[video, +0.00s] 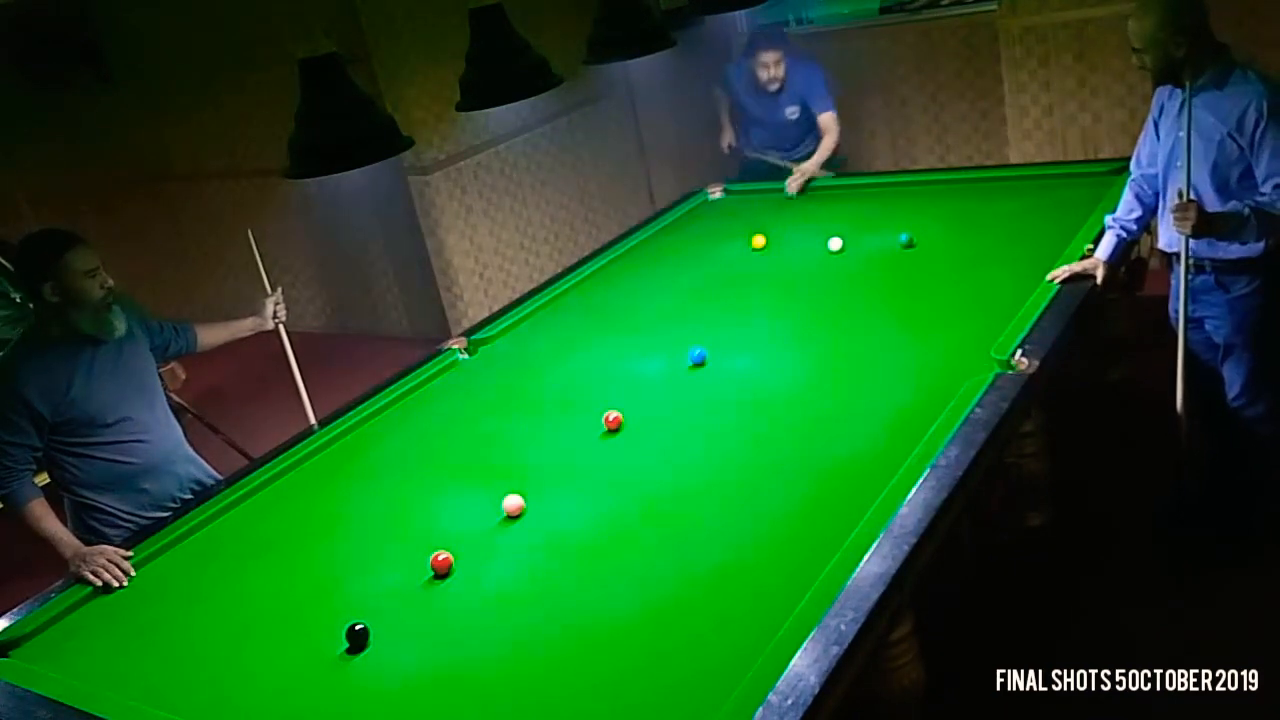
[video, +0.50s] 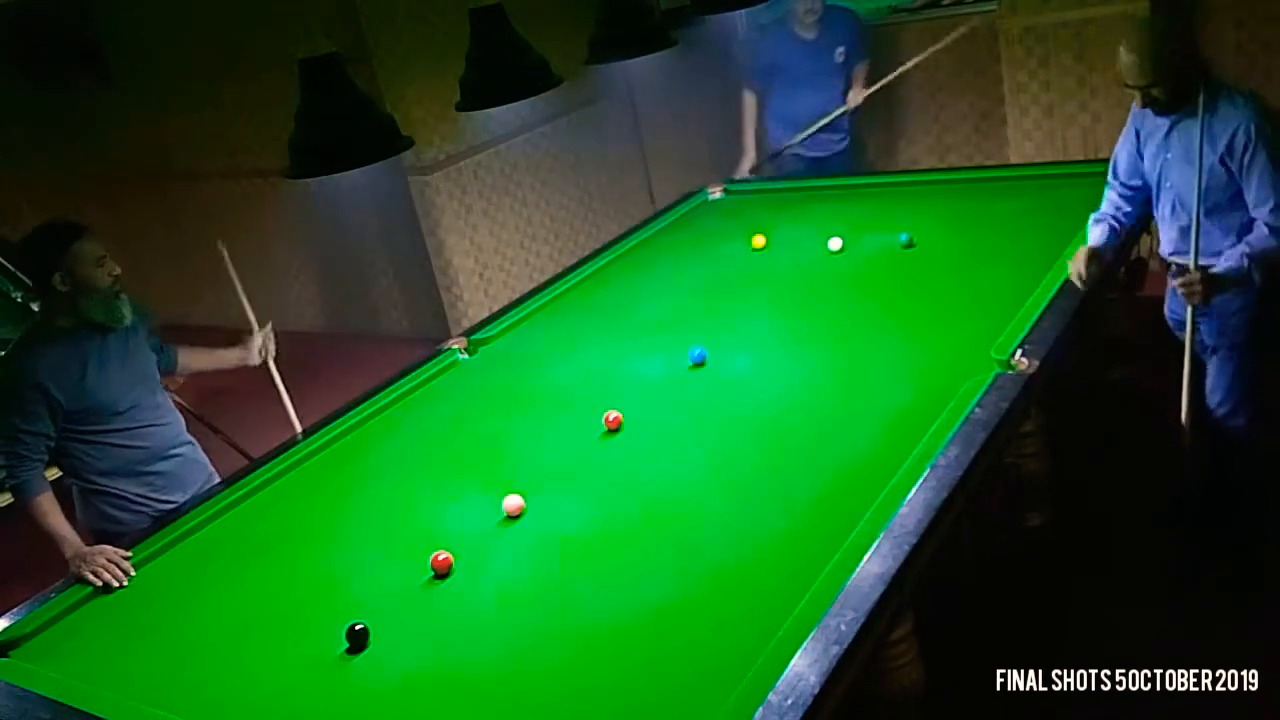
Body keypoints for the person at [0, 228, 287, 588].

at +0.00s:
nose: (108, 282)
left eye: (102, 270)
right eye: (91, 275)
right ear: (52, 292)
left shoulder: (123, 320)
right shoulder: (25, 371)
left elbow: (180, 338)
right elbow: (13, 477)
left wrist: (258, 321)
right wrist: (75, 552)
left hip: (204, 503)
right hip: (129, 543)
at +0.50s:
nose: (116, 270)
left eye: (110, 260)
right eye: (99, 264)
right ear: (62, 282)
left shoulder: (127, 319)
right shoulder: (32, 363)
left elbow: (163, 359)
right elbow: (23, 470)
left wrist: (245, 354)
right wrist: (75, 550)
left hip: (203, 491)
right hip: (135, 530)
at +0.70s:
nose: (129, 259)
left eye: (122, 249)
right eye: (113, 253)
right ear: (78, 270)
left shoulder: (124, 312)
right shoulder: (56, 349)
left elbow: (158, 376)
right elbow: (41, 457)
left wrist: (228, 388)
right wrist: (102, 531)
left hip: (205, 486)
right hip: (152, 521)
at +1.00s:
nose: (163, 239)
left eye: (156, 228)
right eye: (148, 232)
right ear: (117, 249)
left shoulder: (145, 298)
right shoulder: (114, 315)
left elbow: (168, 364)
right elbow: (127, 414)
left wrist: (222, 364)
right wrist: (222, 450)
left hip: (214, 474)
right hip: (185, 488)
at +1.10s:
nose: (175, 231)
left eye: (169, 221)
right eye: (161, 225)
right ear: (131, 241)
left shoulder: (154, 290)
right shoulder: (136, 301)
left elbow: (174, 363)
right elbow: (156, 398)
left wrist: (223, 352)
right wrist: (244, 431)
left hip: (227, 464)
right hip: (202, 480)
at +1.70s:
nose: (287, 193)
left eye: (283, 183)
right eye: (274, 186)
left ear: (242, 202)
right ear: (246, 199)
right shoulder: (269, 248)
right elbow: (272, 333)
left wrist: (345, 366)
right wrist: (340, 363)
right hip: (309, 401)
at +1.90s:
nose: (351, 179)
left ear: (295, 177)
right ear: (331, 176)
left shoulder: (275, 223)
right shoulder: (328, 230)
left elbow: (273, 288)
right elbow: (341, 306)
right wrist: (404, 331)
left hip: (328, 368)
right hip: (364, 367)